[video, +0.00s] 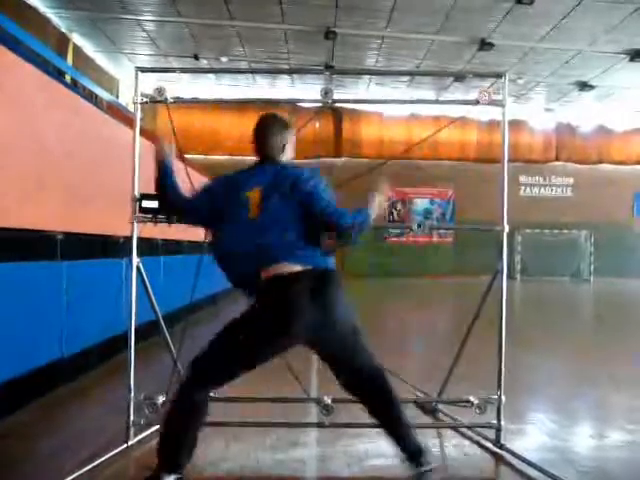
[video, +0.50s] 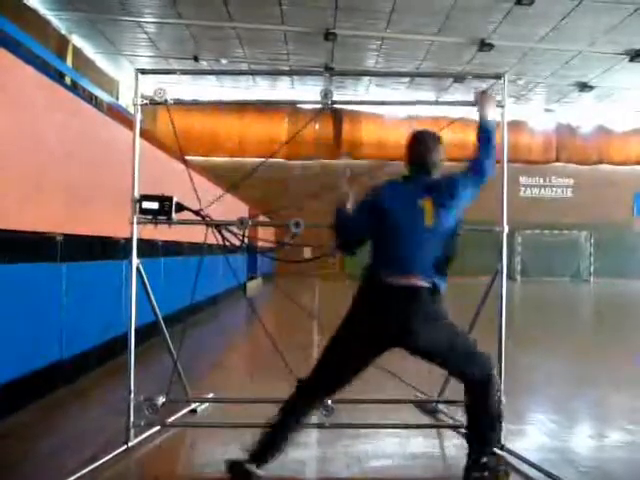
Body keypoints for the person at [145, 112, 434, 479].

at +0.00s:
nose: (294, 146)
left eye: (292, 141)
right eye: (292, 141)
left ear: (254, 145)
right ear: (287, 145)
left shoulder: (226, 189)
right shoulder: (302, 179)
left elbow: (177, 206)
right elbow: (341, 225)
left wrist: (164, 160)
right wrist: (373, 207)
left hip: (275, 301)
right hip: (322, 292)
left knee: (200, 378)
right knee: (364, 374)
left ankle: (169, 468)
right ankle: (417, 456)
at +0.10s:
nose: (324, 132)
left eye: (321, 126)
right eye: (322, 127)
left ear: (285, 133)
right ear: (317, 131)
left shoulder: (266, 173)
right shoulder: (338, 162)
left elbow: (218, 214)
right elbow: (387, 190)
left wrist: (226, 179)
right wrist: (379, 160)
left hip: (299, 290)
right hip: (346, 288)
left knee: (245, 372)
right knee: (367, 377)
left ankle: (208, 461)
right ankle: (387, 465)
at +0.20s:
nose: (347, 137)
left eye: (345, 131)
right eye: (344, 131)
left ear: (307, 132)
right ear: (336, 133)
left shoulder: (274, 164)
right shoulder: (350, 168)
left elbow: (230, 157)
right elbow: (400, 203)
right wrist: (402, 171)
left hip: (307, 292)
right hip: (355, 289)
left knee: (261, 380)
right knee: (404, 353)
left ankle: (235, 468)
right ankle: (406, 451)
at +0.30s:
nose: (372, 129)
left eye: (368, 122)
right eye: (371, 123)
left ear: (337, 124)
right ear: (366, 125)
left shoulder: (303, 154)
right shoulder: (383, 159)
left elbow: (254, 149)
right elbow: (439, 174)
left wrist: (266, 118)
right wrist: (446, 142)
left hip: (322, 286)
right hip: (371, 283)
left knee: (276, 372)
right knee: (439, 342)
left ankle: (221, 464)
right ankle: (439, 438)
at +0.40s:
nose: (421, 141)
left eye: (418, 135)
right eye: (418, 136)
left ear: (385, 142)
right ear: (411, 142)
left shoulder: (359, 175)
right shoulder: (428, 169)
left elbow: (310, 201)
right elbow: (466, 146)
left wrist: (315, 174)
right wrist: (483, 108)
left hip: (354, 297)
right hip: (399, 299)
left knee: (296, 369)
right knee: (450, 374)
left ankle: (226, 449)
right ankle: (478, 458)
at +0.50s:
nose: (441, 157)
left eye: (436, 151)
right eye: (439, 152)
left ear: (407, 158)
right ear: (437, 159)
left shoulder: (384, 197)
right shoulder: (451, 194)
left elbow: (347, 242)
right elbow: (481, 169)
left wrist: (344, 208)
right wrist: (486, 116)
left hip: (374, 307)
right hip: (419, 311)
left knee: (317, 384)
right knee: (479, 369)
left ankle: (255, 461)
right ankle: (482, 461)